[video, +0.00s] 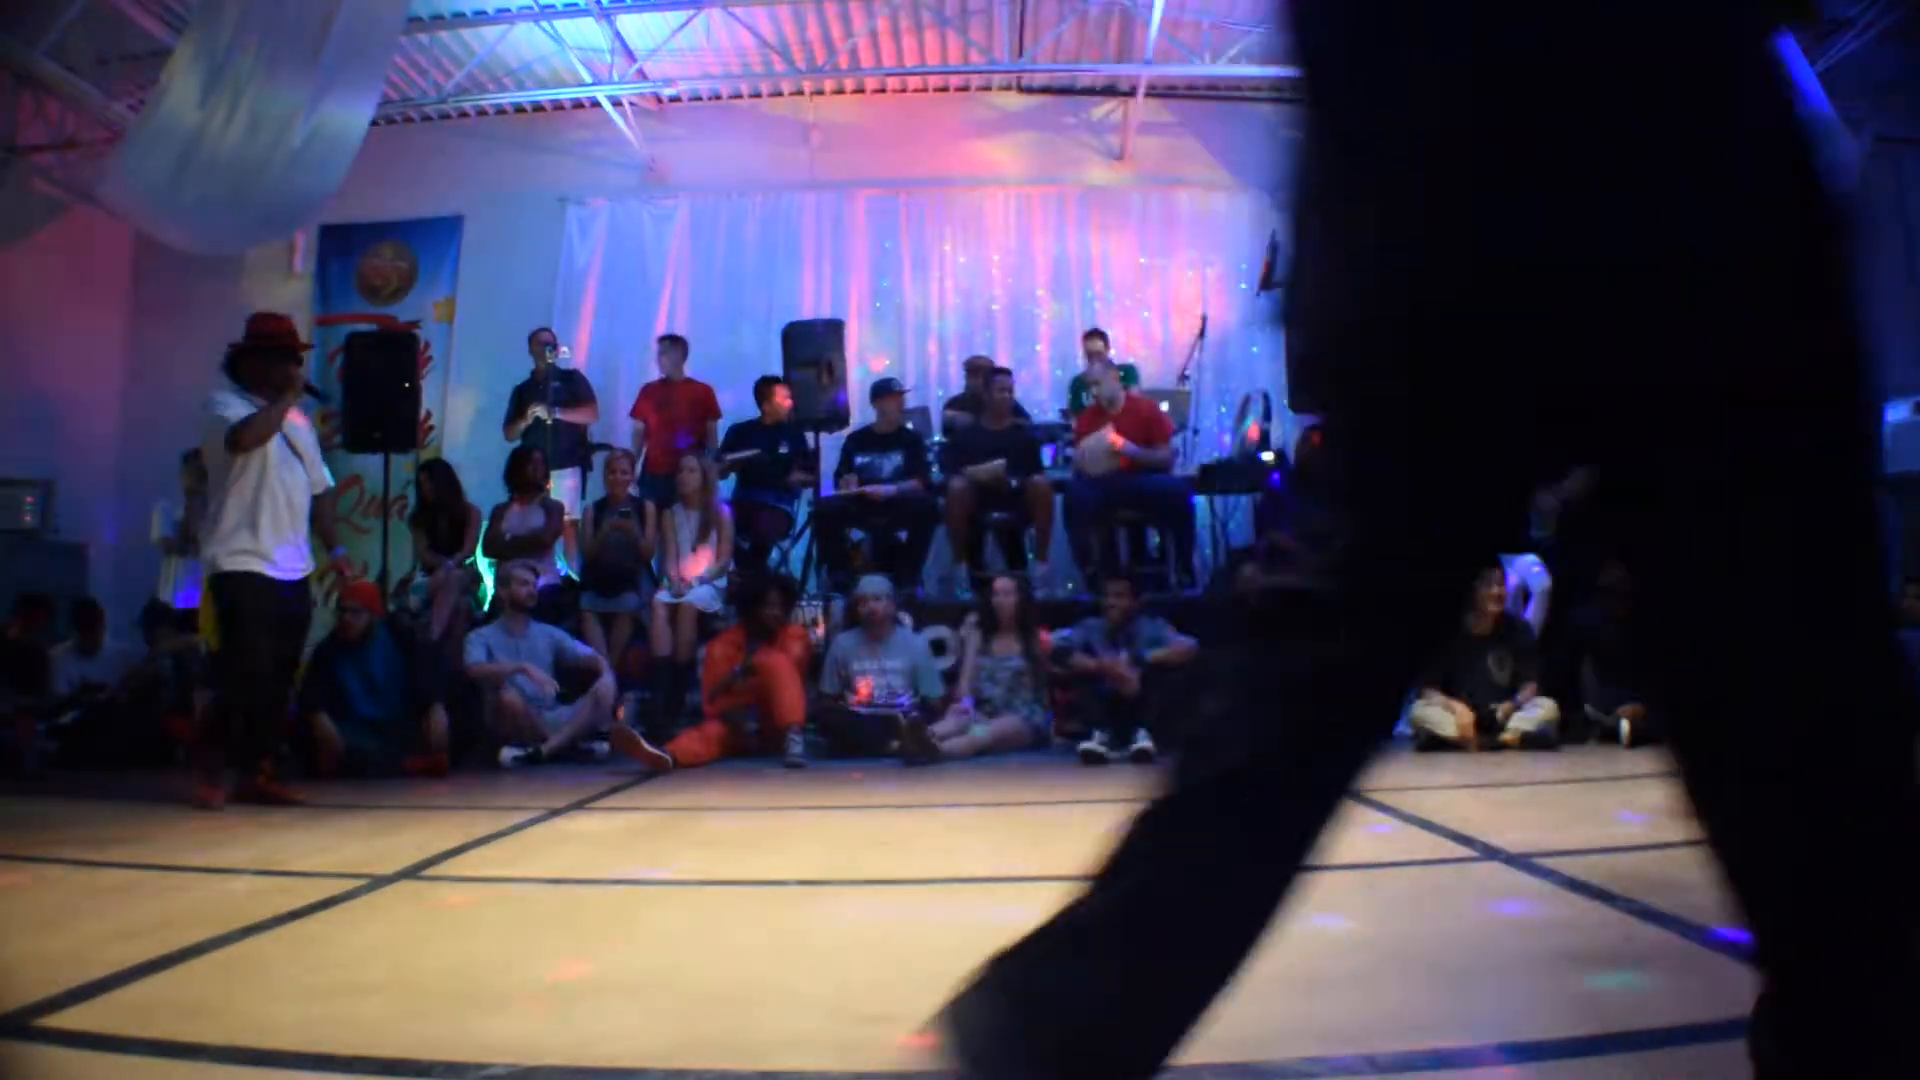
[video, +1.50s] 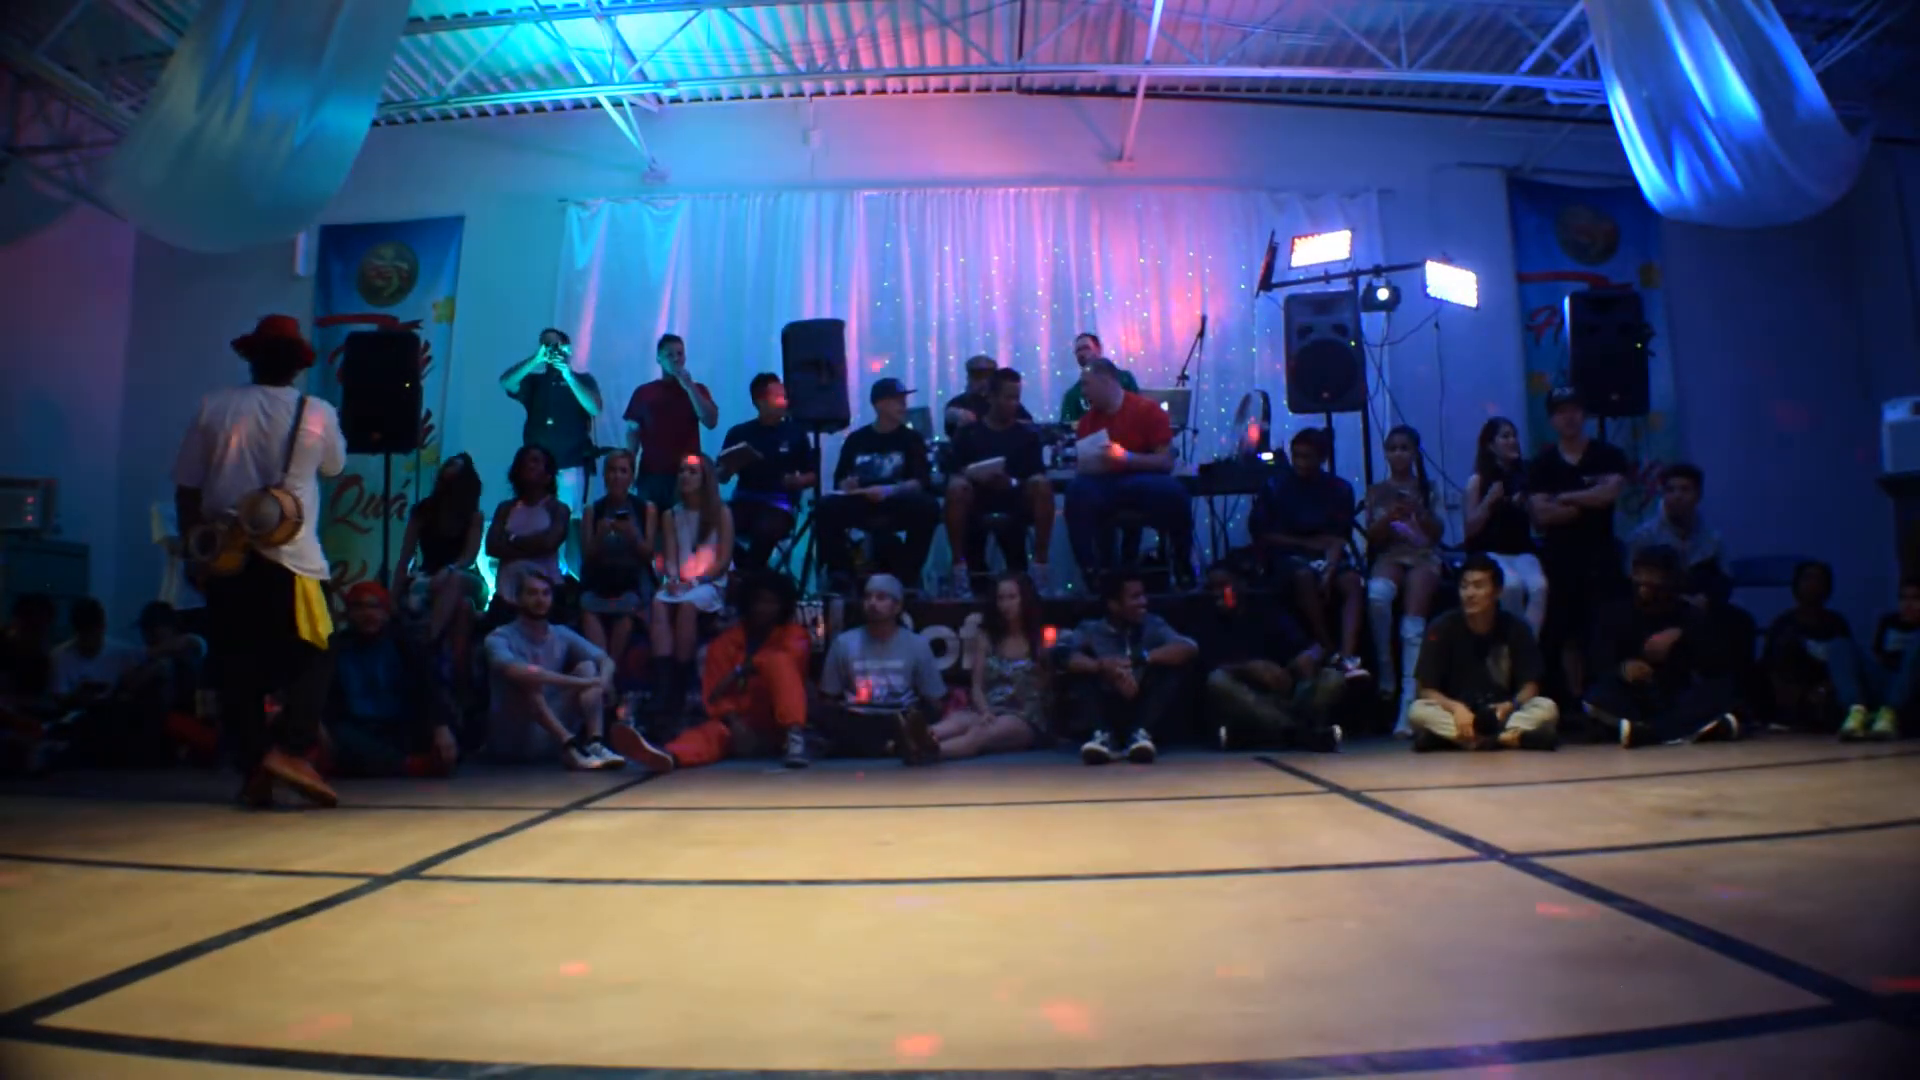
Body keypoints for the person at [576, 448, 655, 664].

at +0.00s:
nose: (618, 478)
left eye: (624, 473)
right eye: (613, 473)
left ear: (632, 476)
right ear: (605, 476)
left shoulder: (645, 507)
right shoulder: (592, 509)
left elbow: (647, 551)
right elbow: (587, 552)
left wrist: (631, 531)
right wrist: (606, 532)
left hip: (631, 570)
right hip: (600, 571)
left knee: (626, 605)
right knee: (587, 607)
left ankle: (609, 668)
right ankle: (602, 669)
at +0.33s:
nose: (617, 480)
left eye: (623, 474)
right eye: (612, 474)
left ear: (631, 477)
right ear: (604, 476)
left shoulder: (644, 508)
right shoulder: (592, 510)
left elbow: (646, 547)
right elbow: (586, 550)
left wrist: (631, 533)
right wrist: (603, 533)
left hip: (629, 568)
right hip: (599, 569)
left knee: (626, 604)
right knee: (587, 603)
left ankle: (612, 662)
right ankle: (599, 659)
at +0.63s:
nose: (622, 480)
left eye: (627, 474)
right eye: (617, 474)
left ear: (634, 477)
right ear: (609, 477)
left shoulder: (647, 508)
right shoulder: (598, 509)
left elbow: (650, 548)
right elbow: (591, 549)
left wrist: (633, 532)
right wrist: (607, 533)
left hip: (633, 570)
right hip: (603, 570)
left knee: (629, 606)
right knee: (591, 605)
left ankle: (613, 665)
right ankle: (604, 665)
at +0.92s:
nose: (619, 477)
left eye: (625, 471)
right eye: (614, 471)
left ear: (633, 476)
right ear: (606, 475)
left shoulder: (647, 508)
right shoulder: (593, 511)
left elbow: (648, 551)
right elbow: (589, 553)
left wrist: (632, 532)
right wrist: (603, 534)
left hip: (631, 573)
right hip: (601, 573)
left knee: (627, 607)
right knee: (589, 606)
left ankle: (611, 666)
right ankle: (603, 666)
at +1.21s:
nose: (617, 476)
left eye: (623, 471)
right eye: (612, 471)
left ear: (632, 476)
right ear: (605, 475)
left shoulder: (646, 509)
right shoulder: (592, 511)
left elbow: (648, 551)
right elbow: (588, 552)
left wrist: (631, 532)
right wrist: (602, 534)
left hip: (631, 574)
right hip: (599, 574)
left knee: (626, 607)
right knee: (589, 606)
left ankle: (612, 667)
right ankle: (601, 667)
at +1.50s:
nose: (618, 476)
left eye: (623, 471)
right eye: (612, 471)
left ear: (631, 476)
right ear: (605, 475)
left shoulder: (646, 509)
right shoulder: (592, 511)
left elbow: (647, 551)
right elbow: (588, 553)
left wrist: (630, 533)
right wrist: (600, 534)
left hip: (631, 576)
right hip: (599, 576)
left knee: (625, 612)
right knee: (588, 609)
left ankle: (611, 672)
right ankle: (601, 672)